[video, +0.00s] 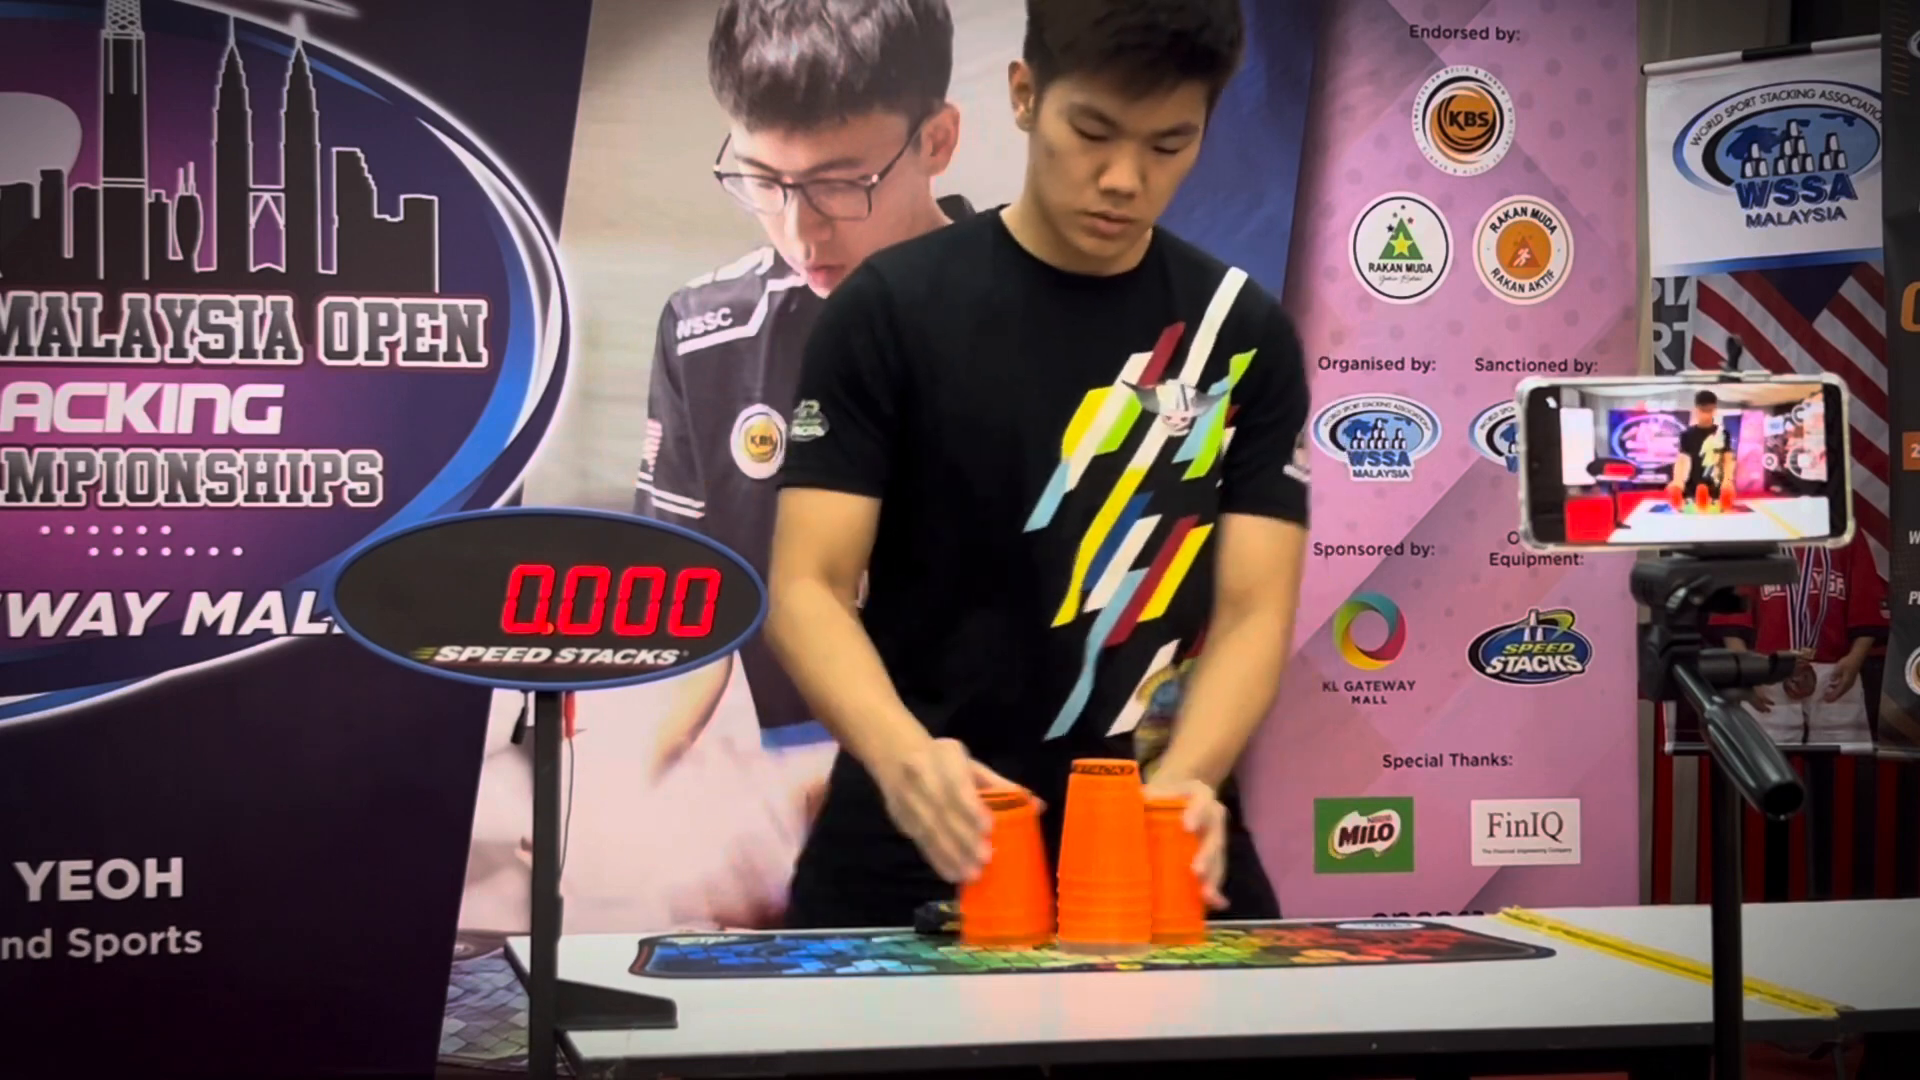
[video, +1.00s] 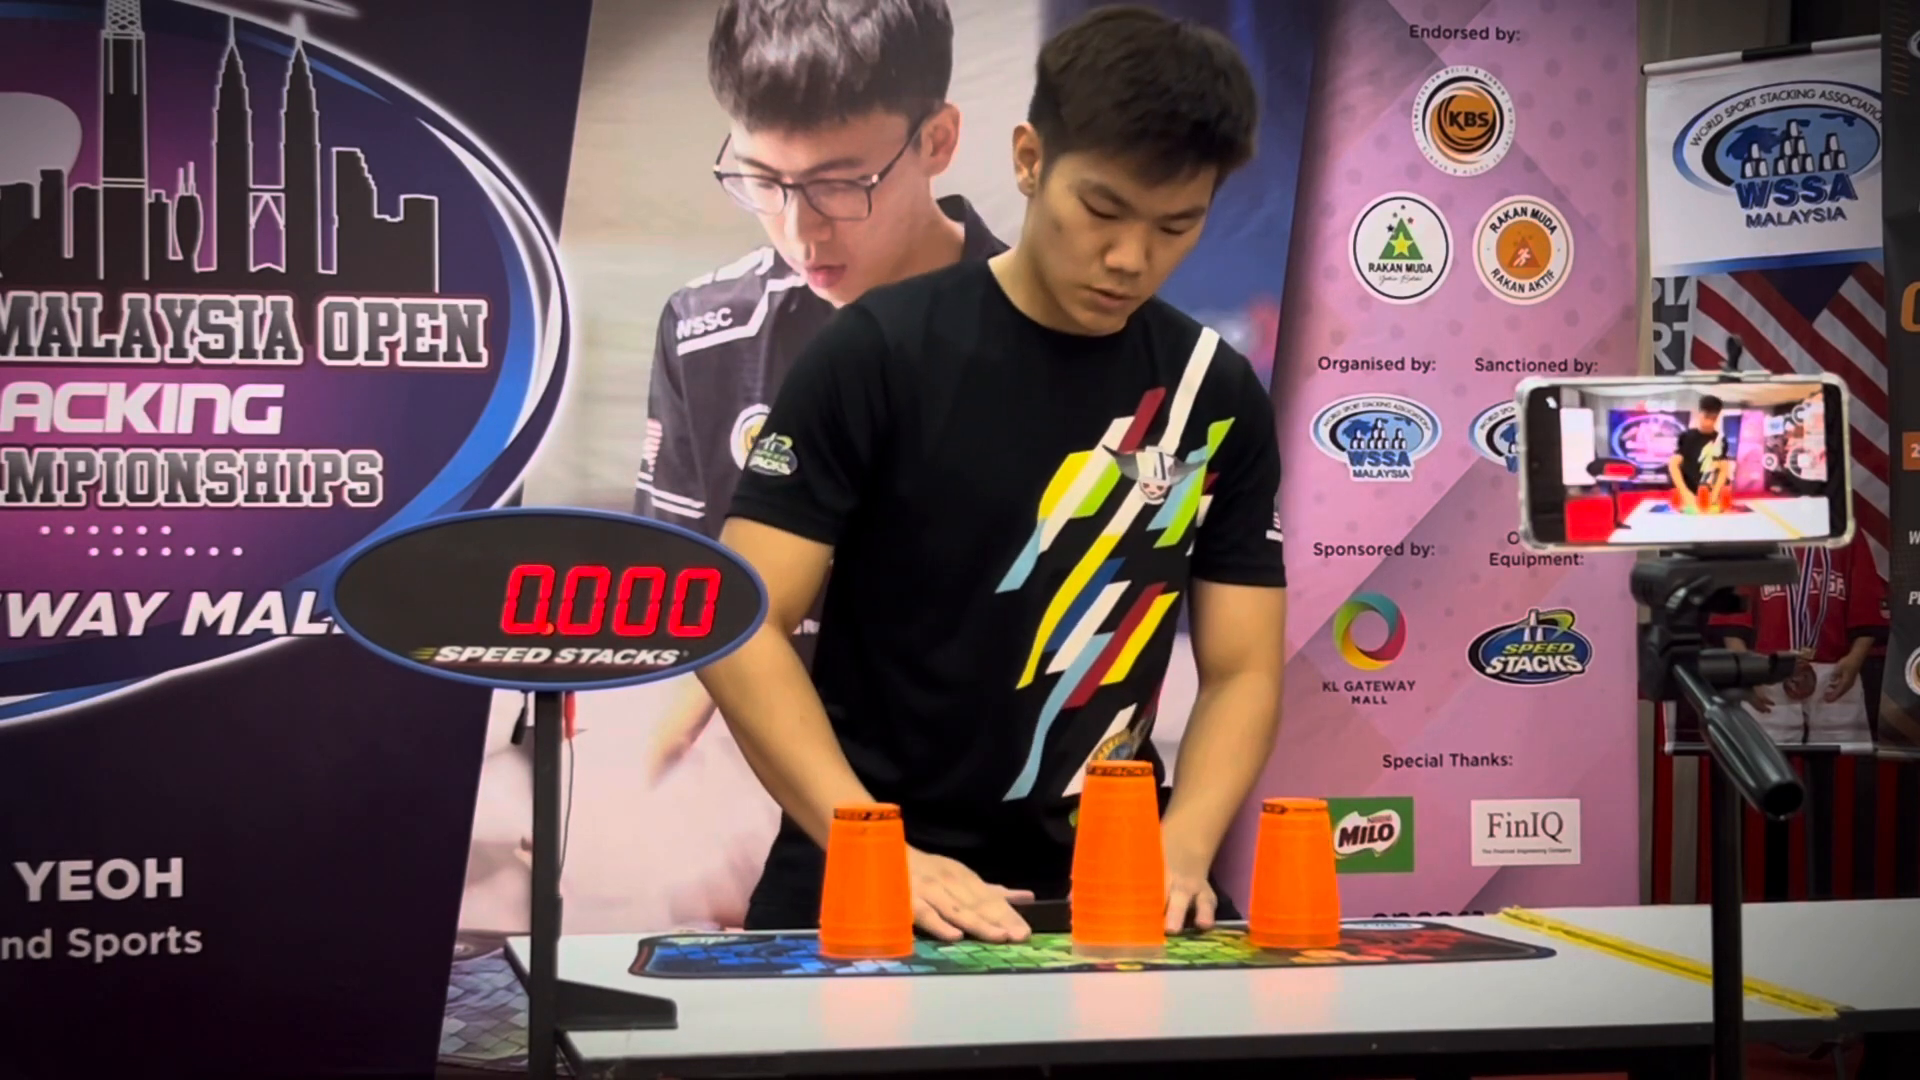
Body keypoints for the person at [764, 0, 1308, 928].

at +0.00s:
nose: (1124, 180)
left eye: (1166, 144)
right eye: (1091, 132)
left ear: (1203, 129)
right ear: (1023, 97)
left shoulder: (1245, 335)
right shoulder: (891, 306)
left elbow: (1255, 612)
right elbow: (806, 588)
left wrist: (1185, 776)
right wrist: (901, 756)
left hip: (1144, 860)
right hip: (907, 850)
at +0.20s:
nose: (1108, 197)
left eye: (1152, 162)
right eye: (1077, 148)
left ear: (1189, 146)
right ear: (1007, 109)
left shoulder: (1219, 351)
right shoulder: (859, 319)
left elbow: (1236, 621)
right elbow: (767, 588)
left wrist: (1223, 799)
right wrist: (821, 744)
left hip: (1112, 859)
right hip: (880, 858)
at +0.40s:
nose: (1123, 201)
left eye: (1168, 167)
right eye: (1094, 152)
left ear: (1204, 152)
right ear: (1021, 111)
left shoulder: (1229, 353)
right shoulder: (883, 323)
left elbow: (1238, 621)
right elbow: (838, 621)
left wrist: (1219, 786)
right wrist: (995, 751)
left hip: (1118, 869)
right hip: (882, 863)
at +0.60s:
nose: (1136, 206)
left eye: (1181, 172)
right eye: (1107, 154)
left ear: (1215, 159)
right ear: (1034, 113)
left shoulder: (1236, 353)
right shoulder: (890, 313)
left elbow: (1244, 622)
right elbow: (789, 599)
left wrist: (1218, 763)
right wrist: (937, 772)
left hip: (1135, 883)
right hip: (882, 880)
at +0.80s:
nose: (1134, 240)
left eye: (1179, 206)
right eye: (1104, 189)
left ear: (1214, 185)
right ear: (1031, 142)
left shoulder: (1224, 384)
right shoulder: (879, 340)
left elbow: (1246, 663)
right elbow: (744, 611)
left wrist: (1184, 847)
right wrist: (870, 840)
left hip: (1103, 911)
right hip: (871, 898)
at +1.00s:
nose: (1130, 259)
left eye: (1175, 225)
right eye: (1102, 208)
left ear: (1210, 202)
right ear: (1028, 163)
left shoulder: (1217, 400)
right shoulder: (878, 353)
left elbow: (1242, 673)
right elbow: (737, 620)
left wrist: (1180, 852)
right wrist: (872, 849)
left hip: (1090, 920)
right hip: (857, 905)